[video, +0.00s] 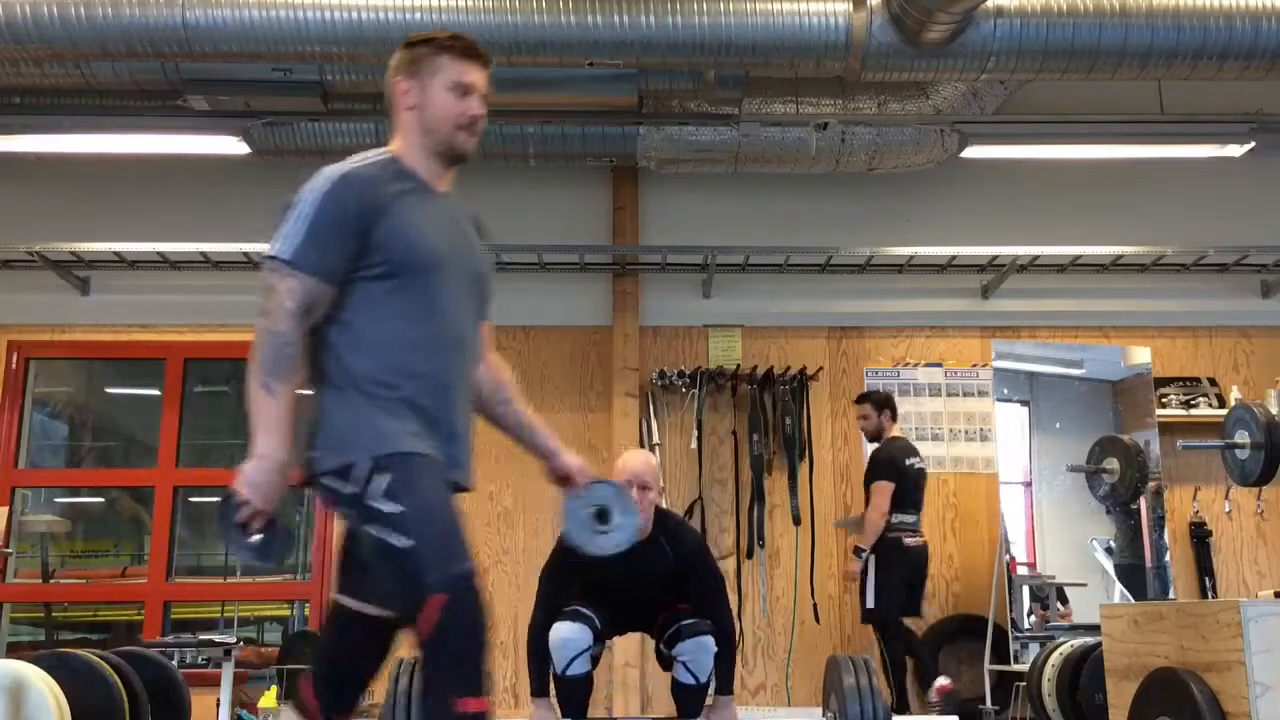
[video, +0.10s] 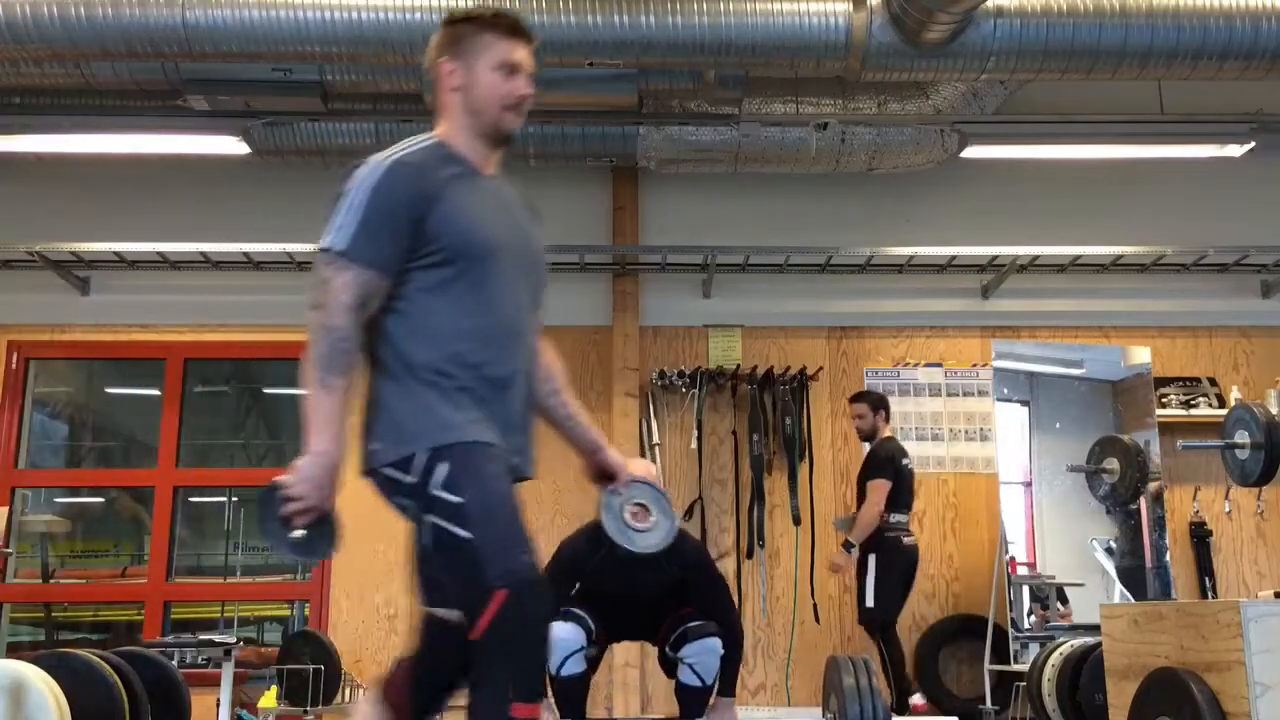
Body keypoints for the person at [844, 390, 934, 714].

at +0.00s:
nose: (860, 426)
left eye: (865, 419)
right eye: (859, 419)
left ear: (886, 417)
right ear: (886, 419)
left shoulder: (885, 454)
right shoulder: (910, 450)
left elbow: (879, 511)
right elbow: (904, 508)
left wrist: (858, 553)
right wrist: (860, 520)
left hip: (890, 546)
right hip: (913, 544)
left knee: (884, 624)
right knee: (895, 621)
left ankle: (900, 706)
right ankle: (934, 682)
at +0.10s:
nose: (855, 424)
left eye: (860, 417)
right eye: (853, 418)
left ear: (881, 416)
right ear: (878, 419)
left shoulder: (882, 452)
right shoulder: (894, 449)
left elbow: (875, 506)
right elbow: (889, 506)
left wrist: (848, 547)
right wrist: (856, 520)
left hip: (885, 546)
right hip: (899, 543)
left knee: (877, 621)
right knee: (879, 621)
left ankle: (903, 701)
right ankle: (905, 696)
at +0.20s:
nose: (848, 425)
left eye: (854, 419)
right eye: (846, 419)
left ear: (874, 417)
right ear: (863, 419)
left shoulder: (880, 453)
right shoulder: (873, 452)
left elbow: (873, 509)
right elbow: (871, 508)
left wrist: (842, 544)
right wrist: (848, 534)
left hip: (882, 547)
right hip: (874, 546)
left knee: (874, 626)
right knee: (864, 623)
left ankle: (900, 704)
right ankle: (894, 701)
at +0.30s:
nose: (843, 427)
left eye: (848, 421)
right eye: (840, 421)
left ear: (867, 420)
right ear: (844, 422)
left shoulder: (876, 456)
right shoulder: (863, 456)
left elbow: (873, 509)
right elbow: (859, 511)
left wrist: (843, 547)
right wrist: (845, 555)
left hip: (876, 549)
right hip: (860, 550)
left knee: (875, 629)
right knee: (854, 630)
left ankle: (900, 706)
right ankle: (858, 704)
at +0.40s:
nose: (838, 428)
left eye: (844, 422)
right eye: (835, 423)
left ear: (862, 422)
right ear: (835, 424)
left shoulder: (870, 458)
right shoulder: (851, 460)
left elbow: (873, 512)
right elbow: (846, 516)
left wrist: (850, 553)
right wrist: (836, 555)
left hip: (870, 551)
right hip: (851, 552)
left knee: (872, 630)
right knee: (848, 630)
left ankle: (900, 706)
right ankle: (857, 703)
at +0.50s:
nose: (833, 428)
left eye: (839, 422)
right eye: (830, 422)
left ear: (857, 423)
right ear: (829, 424)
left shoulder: (866, 461)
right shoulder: (837, 463)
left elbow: (872, 512)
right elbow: (835, 513)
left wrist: (863, 555)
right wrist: (826, 552)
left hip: (864, 551)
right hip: (842, 552)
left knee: (867, 631)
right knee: (850, 632)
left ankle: (897, 704)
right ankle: (861, 701)